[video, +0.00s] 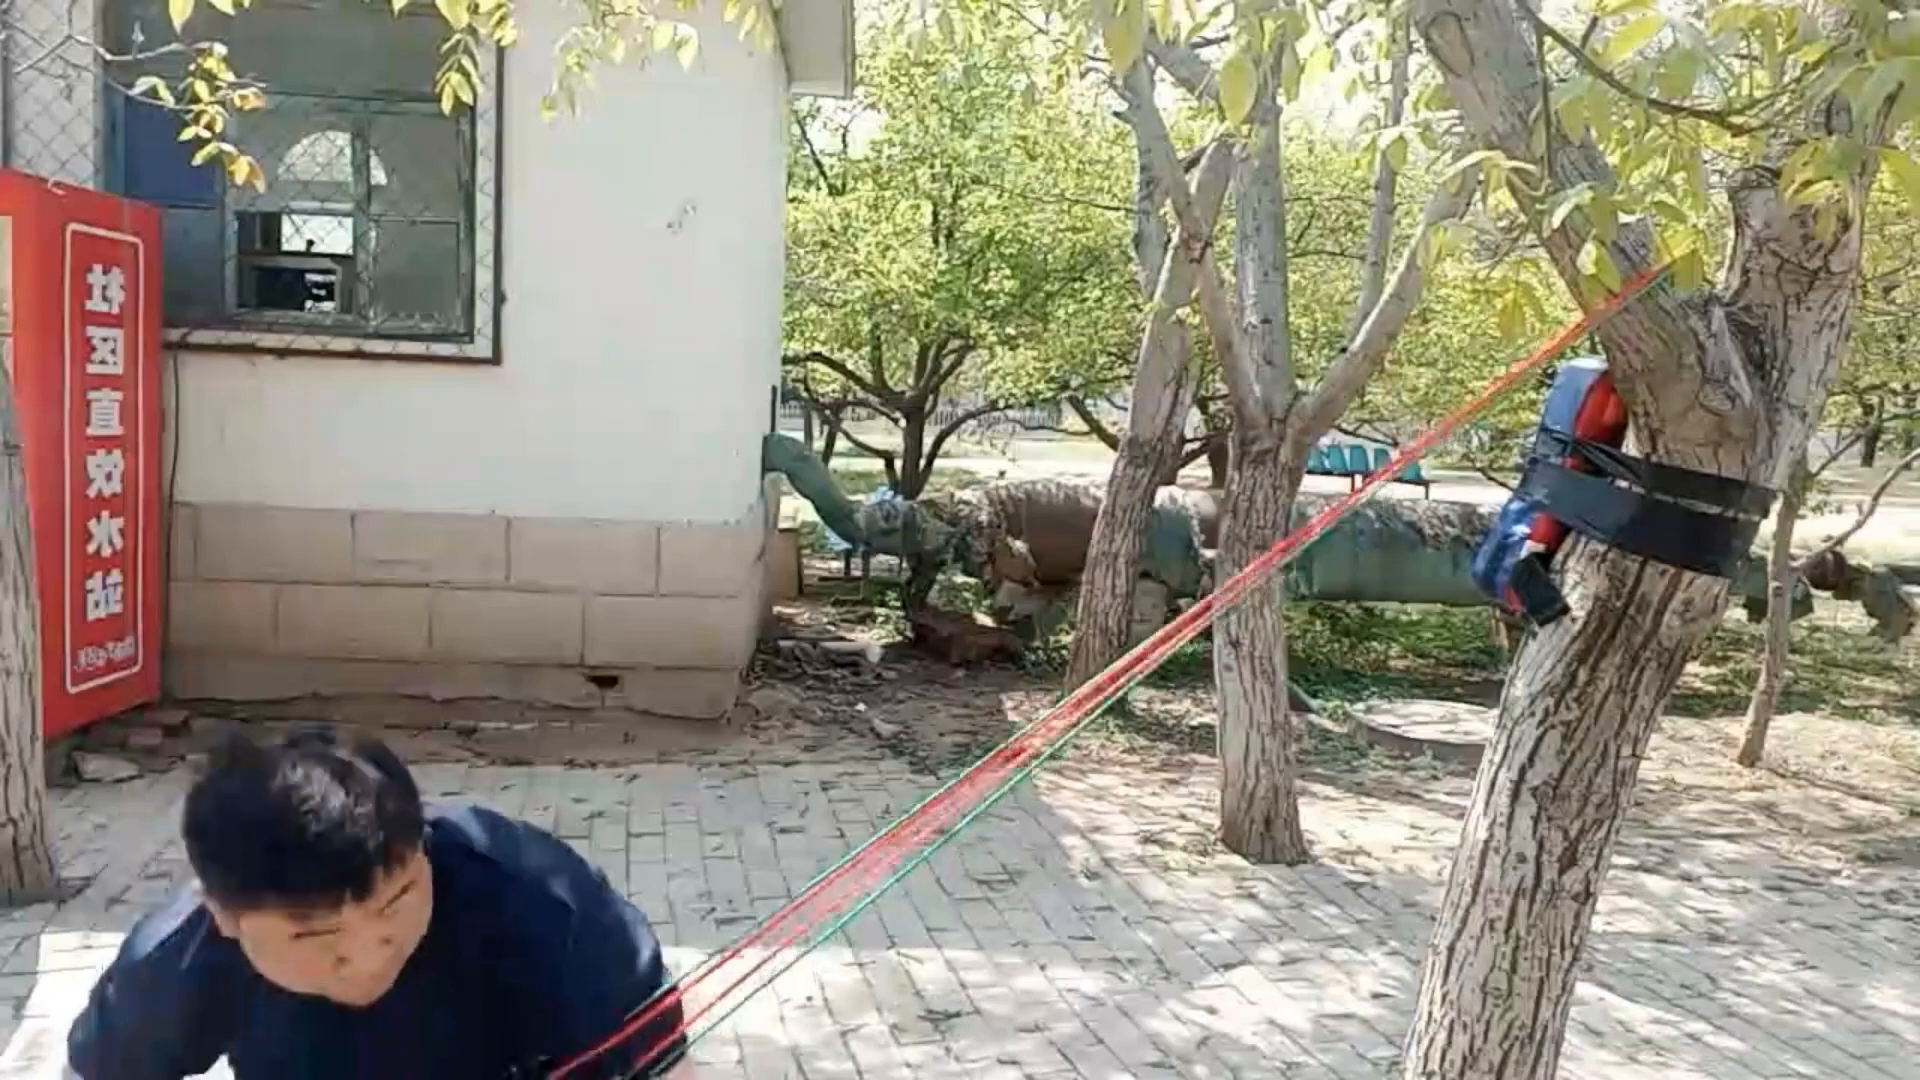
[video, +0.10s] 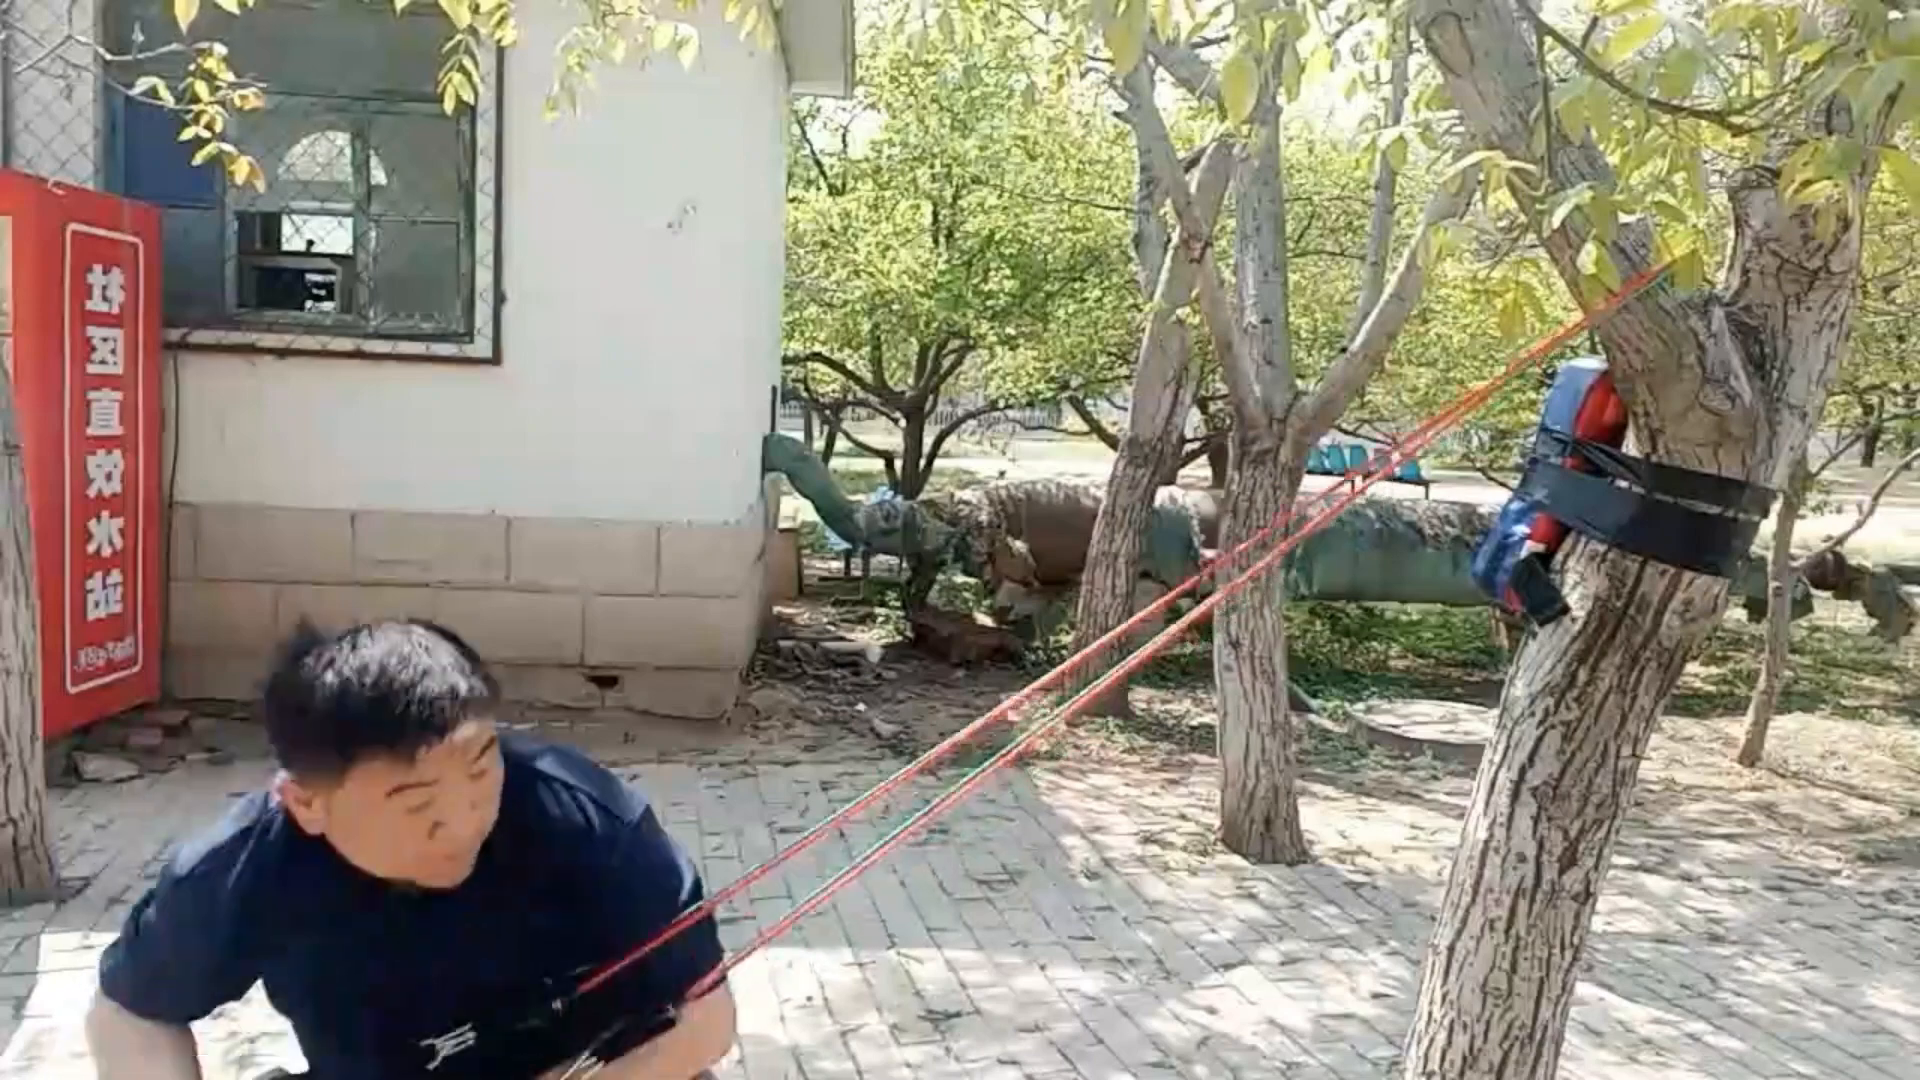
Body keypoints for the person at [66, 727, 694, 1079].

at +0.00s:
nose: (366, 957)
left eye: (394, 904)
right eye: (313, 936)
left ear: (422, 850)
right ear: (226, 916)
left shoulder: (546, 911)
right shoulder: (177, 965)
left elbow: (642, 1047)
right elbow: (102, 1066)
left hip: (489, 1051)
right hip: (296, 1054)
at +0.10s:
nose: (464, 820)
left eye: (478, 771)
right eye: (414, 798)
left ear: (493, 735)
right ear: (306, 804)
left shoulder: (588, 820)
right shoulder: (238, 876)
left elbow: (706, 1019)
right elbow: (129, 1013)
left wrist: (583, 1079)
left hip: (575, 1048)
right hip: (376, 1060)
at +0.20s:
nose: (557, 632)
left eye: (564, 590)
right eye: (510, 609)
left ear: (575, 575)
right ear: (397, 637)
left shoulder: (649, 696)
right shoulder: (314, 758)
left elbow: (765, 879)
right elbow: (169, 927)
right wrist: (252, 1001)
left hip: (663, 1044)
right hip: (435, 1054)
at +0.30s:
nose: (635, 476)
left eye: (637, 441)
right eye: (597, 451)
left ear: (649, 434)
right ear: (484, 485)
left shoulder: (698, 581)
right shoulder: (402, 641)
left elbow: (843, 702)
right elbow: (233, 869)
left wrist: (786, 815)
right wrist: (367, 856)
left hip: (713, 1025)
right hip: (483, 1039)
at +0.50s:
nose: (750, 343)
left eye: (738, 313)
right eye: (721, 316)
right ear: (613, 349)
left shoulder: (770, 480)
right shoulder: (507, 525)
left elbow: (873, 560)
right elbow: (541, 751)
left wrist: (973, 585)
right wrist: (747, 628)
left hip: (745, 951)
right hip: (575, 973)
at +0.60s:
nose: (791, 343)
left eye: (781, 314)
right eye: (768, 315)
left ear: (672, 350)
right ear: (669, 347)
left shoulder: (766, 477)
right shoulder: (565, 528)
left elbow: (872, 569)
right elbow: (754, 694)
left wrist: (1032, 567)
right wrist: (967, 599)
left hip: (734, 936)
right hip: (608, 957)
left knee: (769, 1068)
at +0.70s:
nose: (813, 356)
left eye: (803, 328)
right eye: (793, 329)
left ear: (713, 361)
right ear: (711, 358)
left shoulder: (709, 477)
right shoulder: (659, 534)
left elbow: (867, 583)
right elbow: (901, 669)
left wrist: (1037, 636)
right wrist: (1126, 678)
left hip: (673, 941)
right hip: (634, 967)